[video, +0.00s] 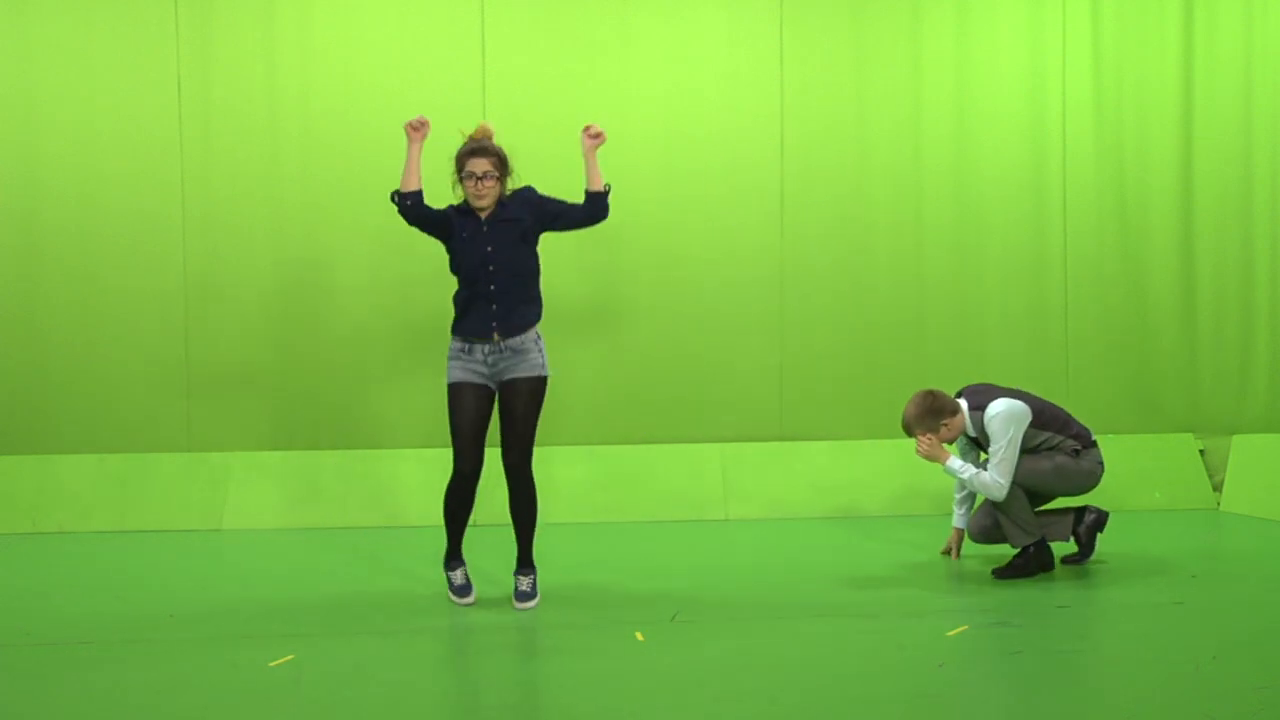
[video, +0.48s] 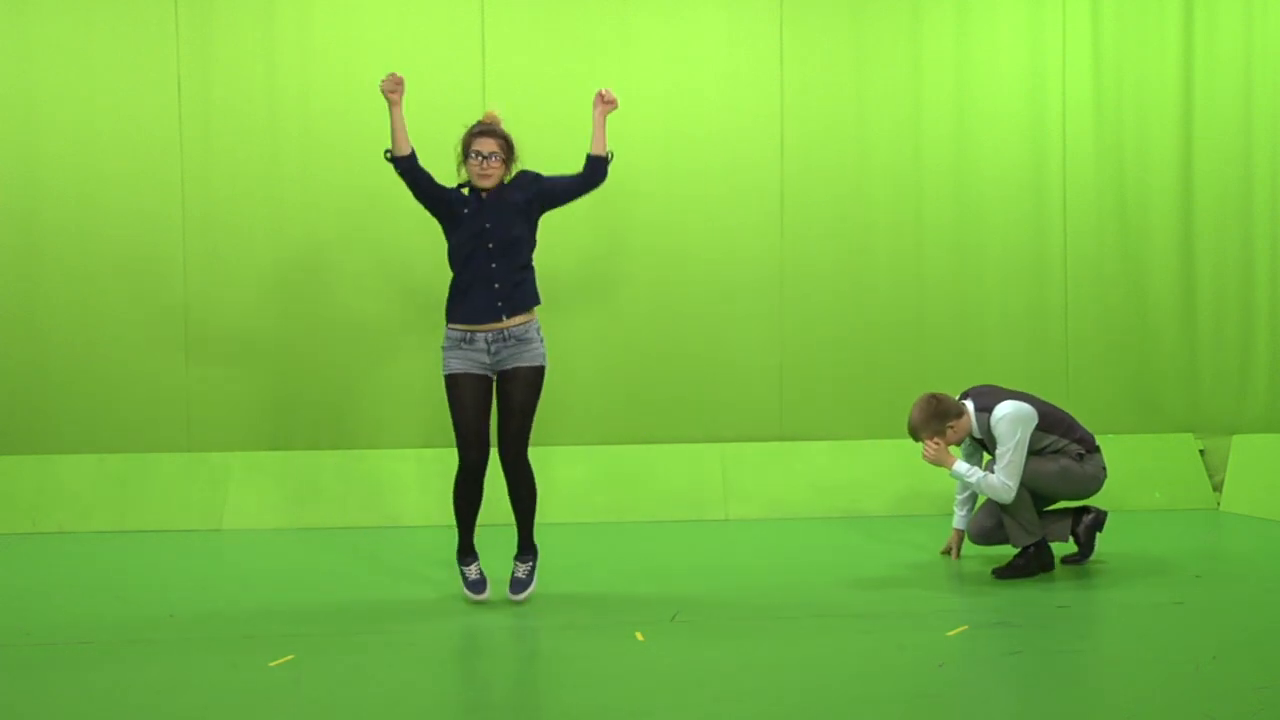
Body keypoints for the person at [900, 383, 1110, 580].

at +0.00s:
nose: (933, 444)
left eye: (930, 439)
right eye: (927, 441)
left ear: (946, 427)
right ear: (946, 420)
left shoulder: (1001, 413)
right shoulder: (962, 414)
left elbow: (997, 488)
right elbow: (967, 473)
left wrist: (946, 458)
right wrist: (958, 528)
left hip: (1081, 463)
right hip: (1050, 467)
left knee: (997, 471)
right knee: (981, 527)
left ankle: (1036, 551)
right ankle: (1079, 519)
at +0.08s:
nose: (930, 446)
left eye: (929, 441)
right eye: (925, 442)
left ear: (947, 427)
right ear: (948, 422)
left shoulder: (1003, 414)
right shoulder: (963, 413)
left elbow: (999, 489)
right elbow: (968, 472)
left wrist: (947, 460)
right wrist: (959, 528)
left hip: (1081, 464)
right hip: (1050, 468)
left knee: (997, 471)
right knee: (981, 528)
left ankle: (1036, 551)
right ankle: (1079, 520)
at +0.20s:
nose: (936, 445)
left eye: (933, 440)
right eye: (929, 442)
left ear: (949, 427)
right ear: (949, 421)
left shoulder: (1005, 415)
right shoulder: (964, 413)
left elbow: (1001, 489)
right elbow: (967, 473)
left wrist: (949, 461)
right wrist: (958, 529)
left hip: (1082, 466)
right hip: (1050, 469)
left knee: (998, 472)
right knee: (981, 529)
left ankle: (1036, 551)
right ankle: (1078, 520)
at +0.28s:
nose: (936, 446)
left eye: (934, 441)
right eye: (929, 443)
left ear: (950, 428)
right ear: (950, 422)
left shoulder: (1006, 415)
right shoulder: (965, 413)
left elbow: (1003, 490)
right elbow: (968, 474)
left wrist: (950, 461)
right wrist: (958, 529)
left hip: (1082, 467)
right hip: (1050, 471)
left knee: (998, 471)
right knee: (981, 530)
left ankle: (1036, 551)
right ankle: (1078, 520)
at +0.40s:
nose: (938, 447)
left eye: (935, 442)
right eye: (931, 444)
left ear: (951, 428)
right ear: (951, 422)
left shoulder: (1007, 416)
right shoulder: (966, 412)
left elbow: (1004, 491)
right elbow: (968, 474)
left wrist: (951, 462)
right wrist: (959, 530)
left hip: (1083, 468)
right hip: (1050, 472)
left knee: (999, 470)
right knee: (981, 529)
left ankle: (1036, 551)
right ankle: (1077, 520)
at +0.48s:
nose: (939, 448)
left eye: (936, 443)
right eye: (932, 445)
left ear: (952, 429)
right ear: (952, 423)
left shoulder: (1008, 416)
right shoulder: (966, 412)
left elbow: (1005, 491)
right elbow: (969, 474)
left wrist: (952, 463)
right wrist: (959, 529)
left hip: (1084, 469)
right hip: (1051, 472)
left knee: (999, 468)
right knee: (981, 529)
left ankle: (1036, 551)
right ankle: (1078, 520)